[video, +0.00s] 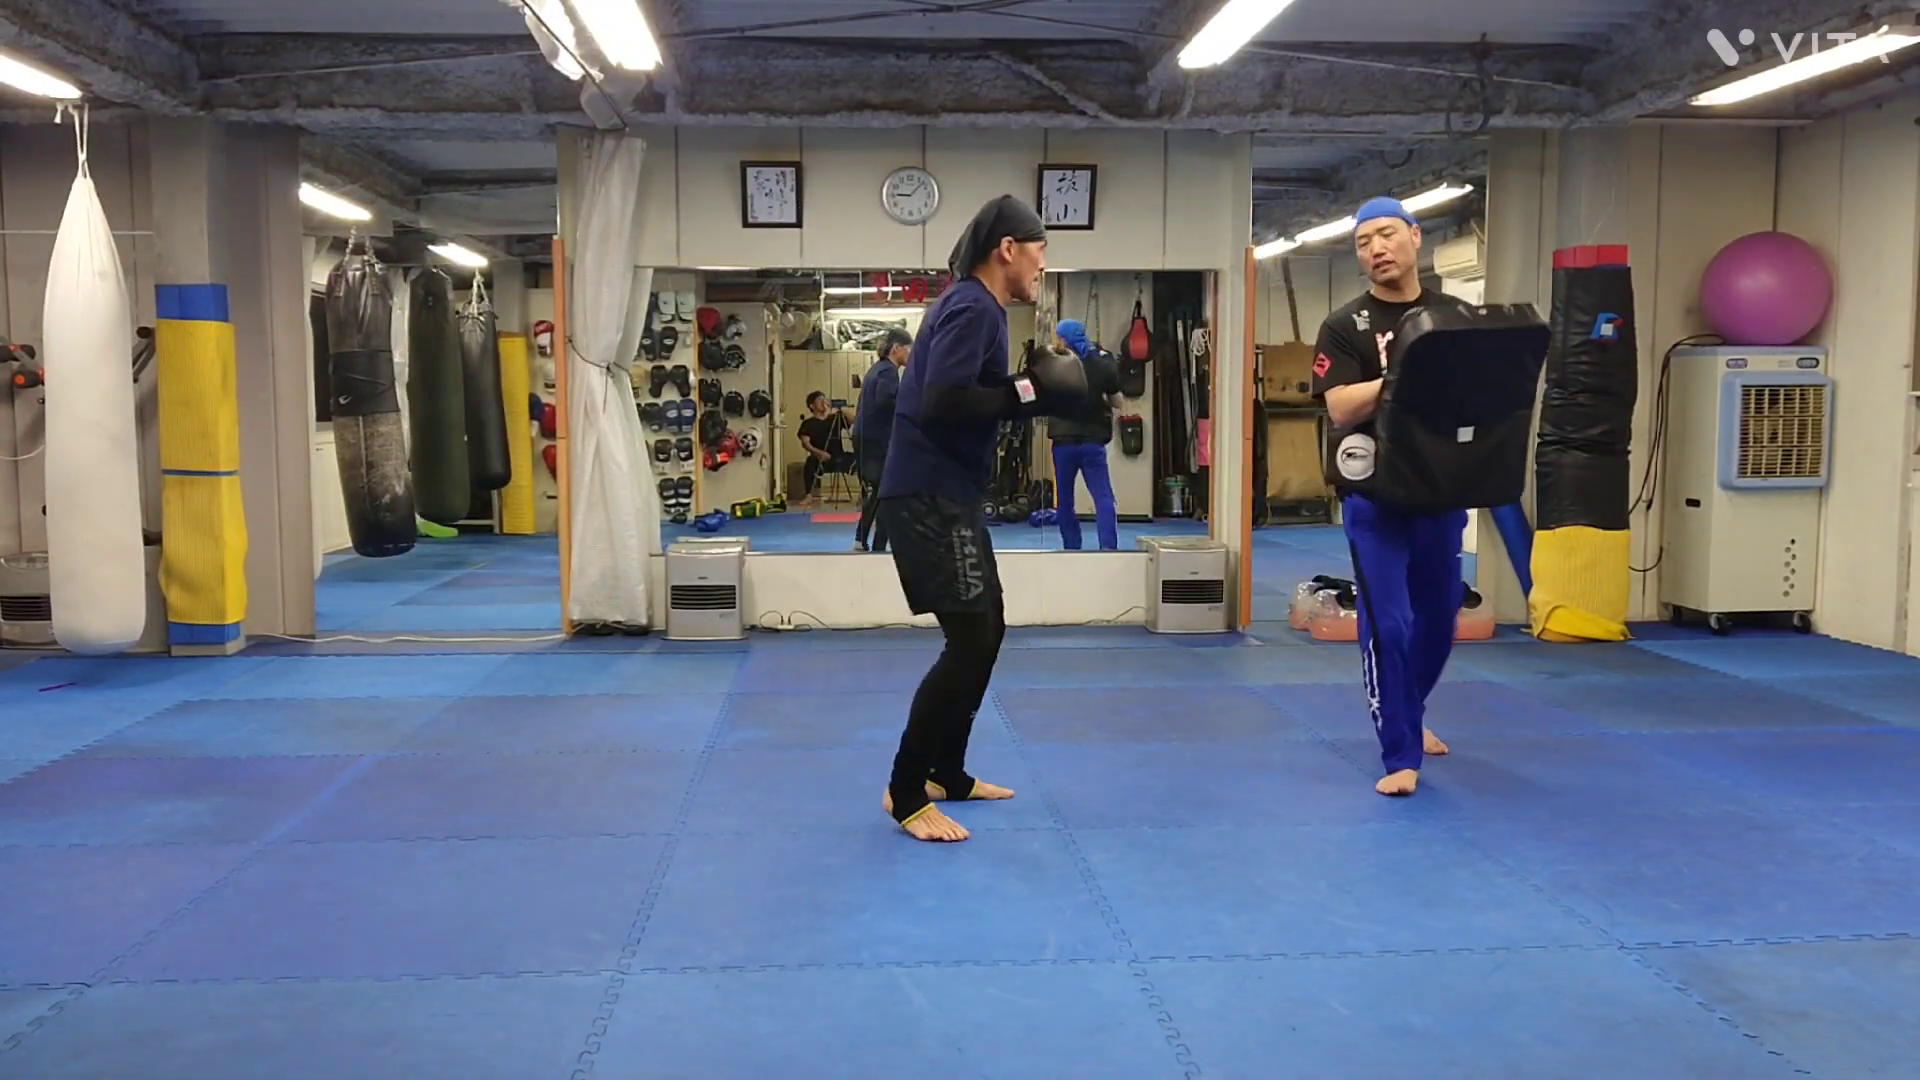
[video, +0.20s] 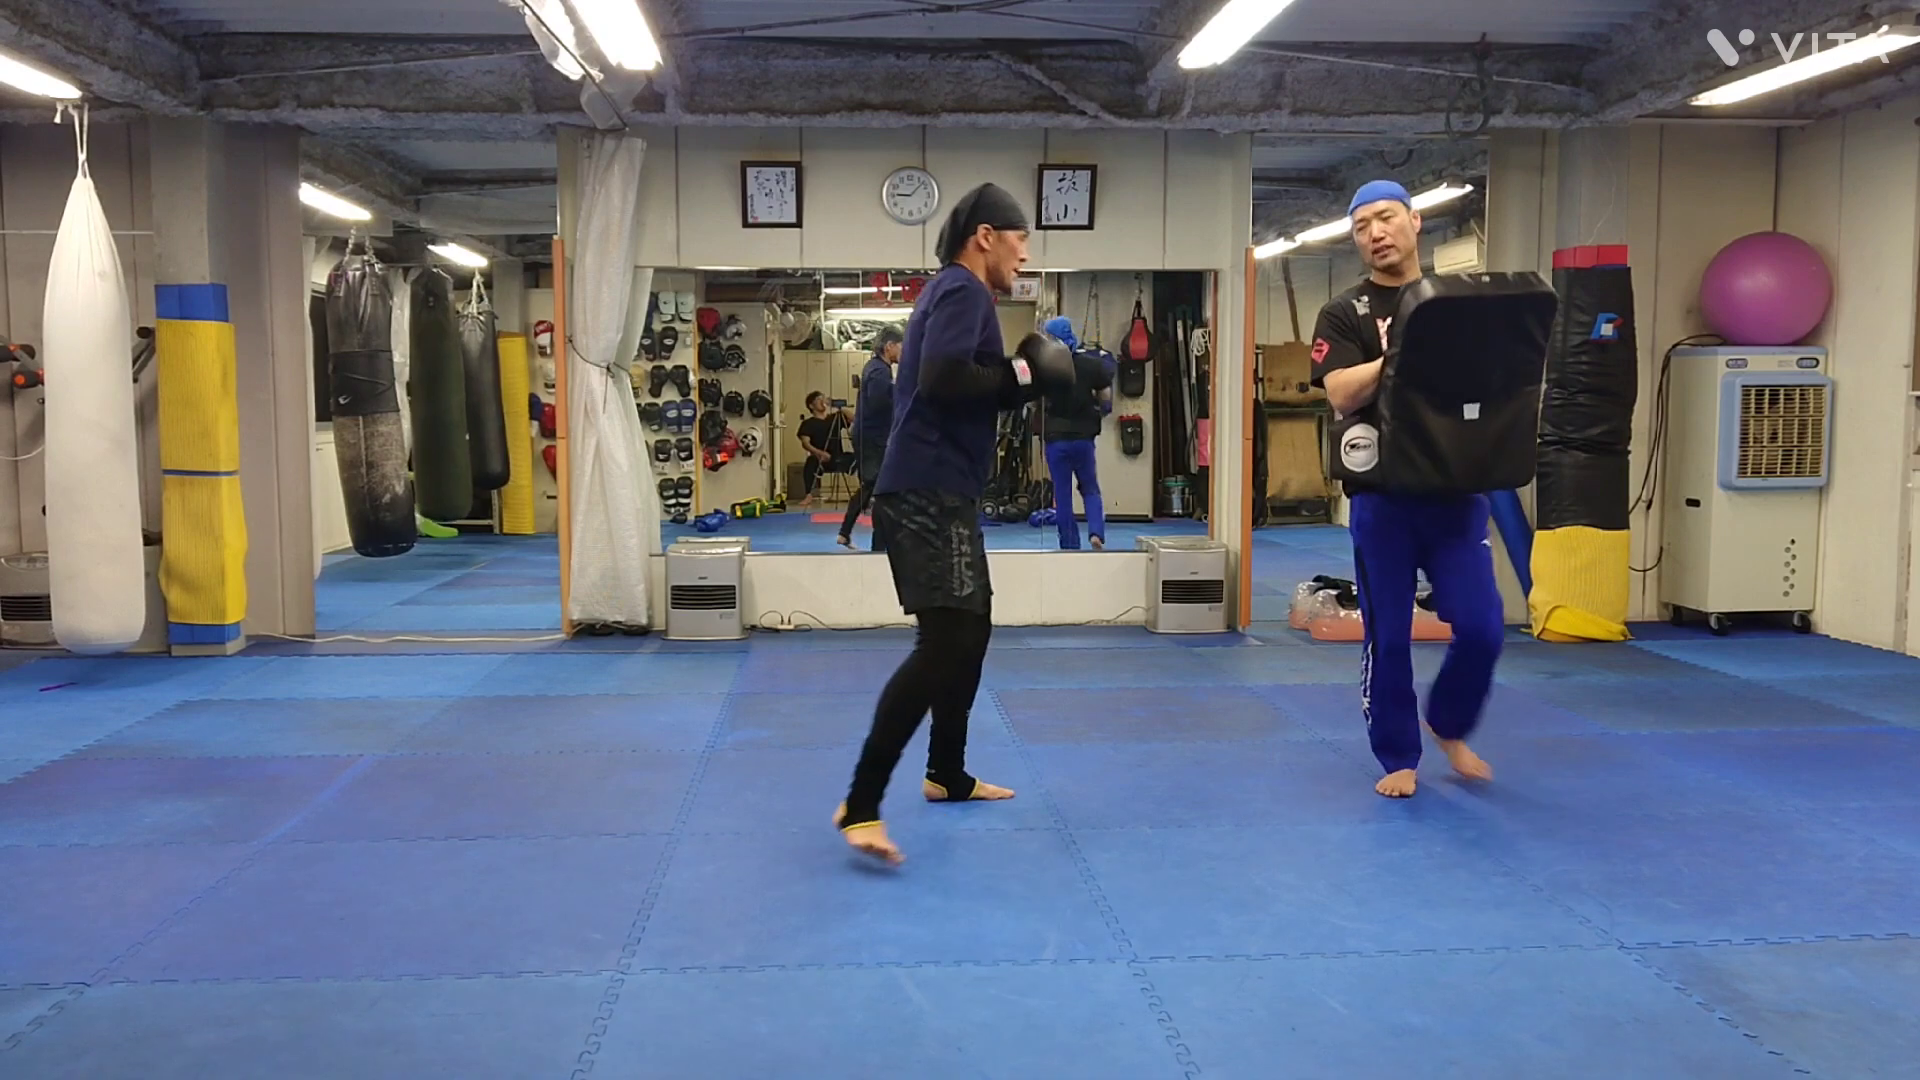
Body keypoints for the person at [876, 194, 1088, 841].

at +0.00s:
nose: (1043, 268)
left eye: (1044, 255)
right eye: (1039, 254)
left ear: (1002, 251)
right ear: (1006, 250)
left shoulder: (979, 308)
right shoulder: (973, 307)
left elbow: (971, 399)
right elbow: (939, 398)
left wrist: (1036, 386)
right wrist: (1023, 391)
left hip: (952, 501)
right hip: (930, 502)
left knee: (987, 631)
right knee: (971, 638)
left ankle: (946, 773)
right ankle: (906, 793)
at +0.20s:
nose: (1026, 255)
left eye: (1026, 243)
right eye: (1019, 241)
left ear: (980, 241)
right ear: (983, 237)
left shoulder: (957, 296)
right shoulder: (963, 292)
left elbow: (950, 387)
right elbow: (939, 379)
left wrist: (1019, 367)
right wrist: (1021, 376)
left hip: (946, 496)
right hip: (925, 497)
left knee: (971, 630)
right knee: (943, 642)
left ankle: (947, 774)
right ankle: (859, 808)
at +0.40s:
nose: (995, 256)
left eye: (995, 243)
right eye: (989, 241)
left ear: (954, 240)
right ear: (952, 237)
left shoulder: (945, 316)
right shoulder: (920, 309)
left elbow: (957, 417)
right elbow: (917, 404)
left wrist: (1016, 400)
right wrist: (987, 371)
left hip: (937, 512)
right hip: (899, 513)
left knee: (971, 633)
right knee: (918, 668)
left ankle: (952, 766)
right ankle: (832, 838)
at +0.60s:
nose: (977, 206)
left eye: (978, 194)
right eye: (971, 190)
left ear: (938, 189)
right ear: (931, 183)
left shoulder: (930, 268)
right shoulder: (891, 247)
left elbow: (926, 368)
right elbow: (857, 342)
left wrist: (989, 359)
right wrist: (956, 347)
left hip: (928, 480)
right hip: (876, 481)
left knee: (967, 615)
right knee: (864, 638)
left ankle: (935, 778)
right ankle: (825, 832)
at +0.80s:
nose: (954, 246)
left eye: (956, 234)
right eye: (947, 230)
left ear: (916, 230)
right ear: (905, 224)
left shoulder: (911, 308)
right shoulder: (873, 293)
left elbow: (916, 407)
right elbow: (830, 373)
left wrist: (974, 381)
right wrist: (935, 369)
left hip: (916, 523)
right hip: (859, 522)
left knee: (973, 657)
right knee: (821, 672)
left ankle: (930, 828)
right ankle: (703, 829)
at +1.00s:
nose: (903, 254)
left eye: (905, 241)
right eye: (892, 238)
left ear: (861, 240)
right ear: (848, 234)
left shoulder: (858, 322)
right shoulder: (807, 300)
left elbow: (854, 429)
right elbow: (779, 393)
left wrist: (933, 413)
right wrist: (884, 385)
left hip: (850, 533)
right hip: (785, 532)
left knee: (921, 653)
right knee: (733, 680)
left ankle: (926, 831)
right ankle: (625, 823)